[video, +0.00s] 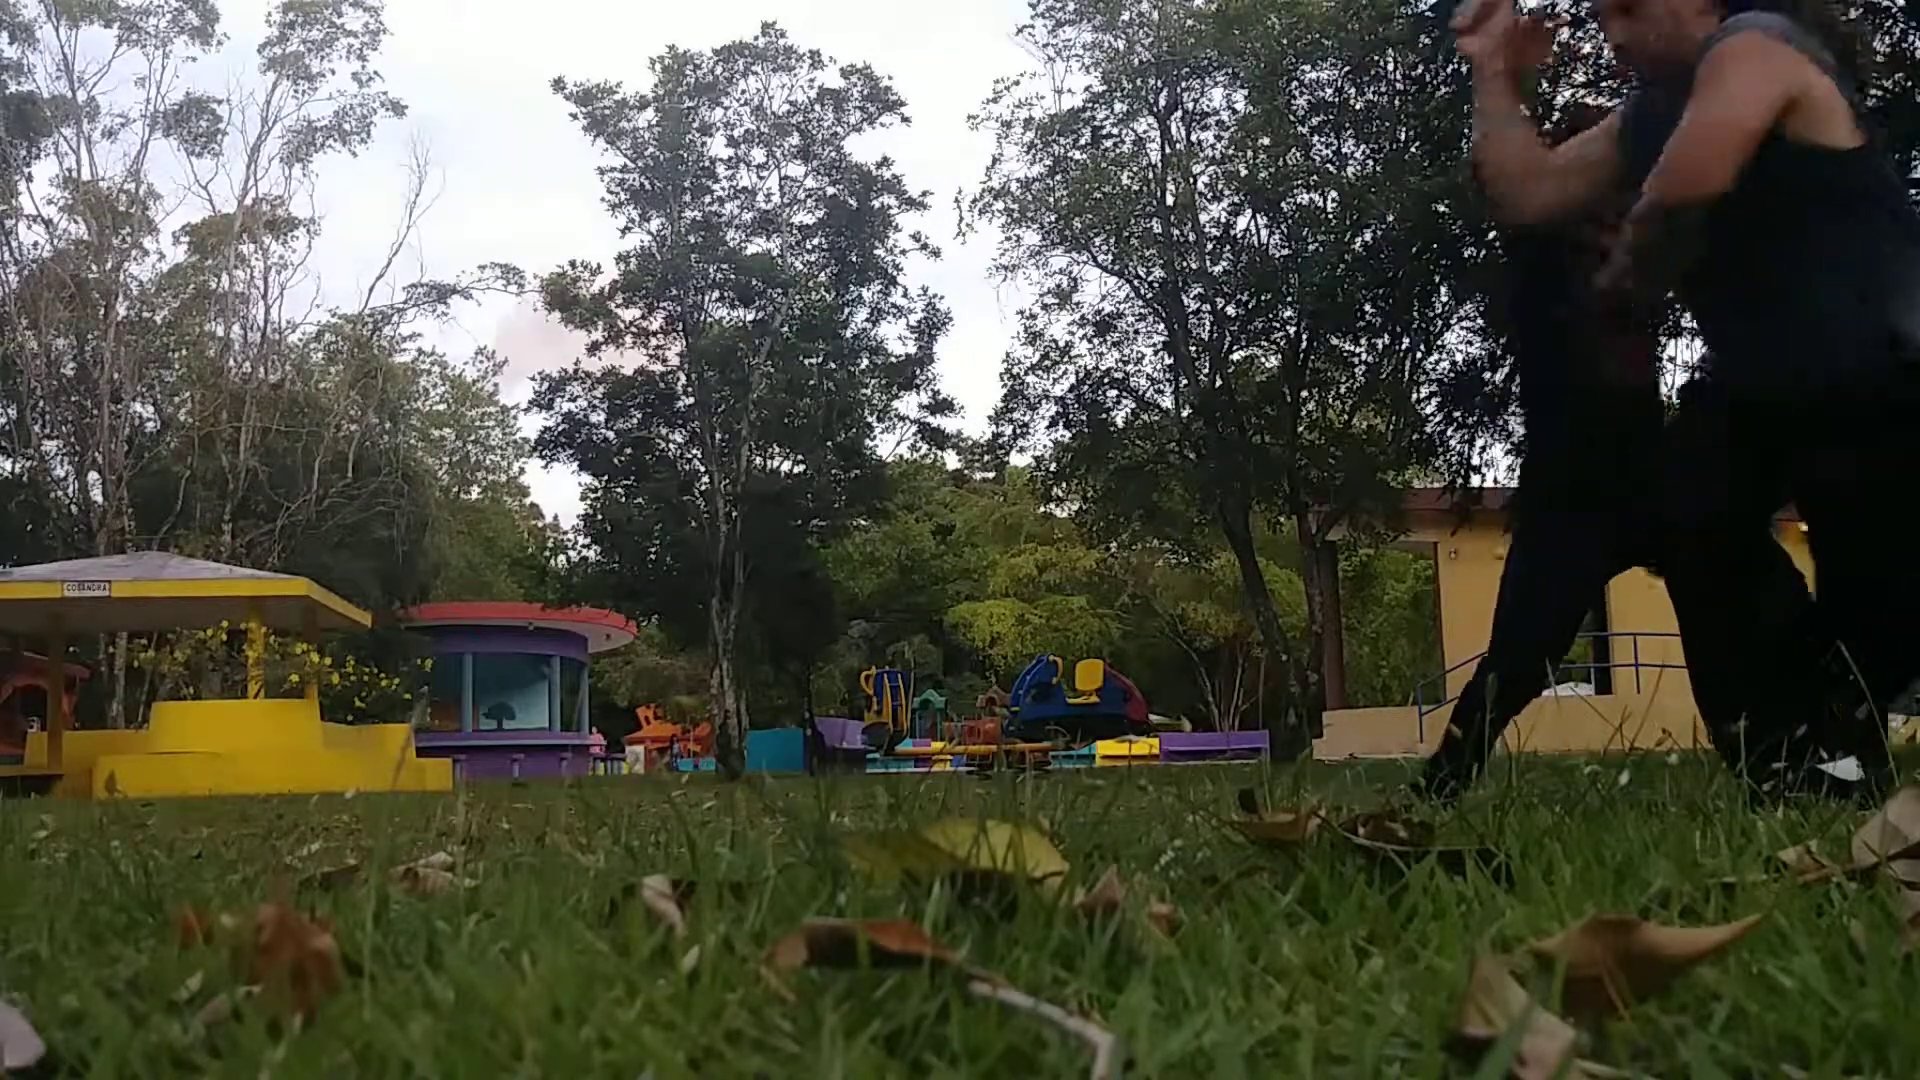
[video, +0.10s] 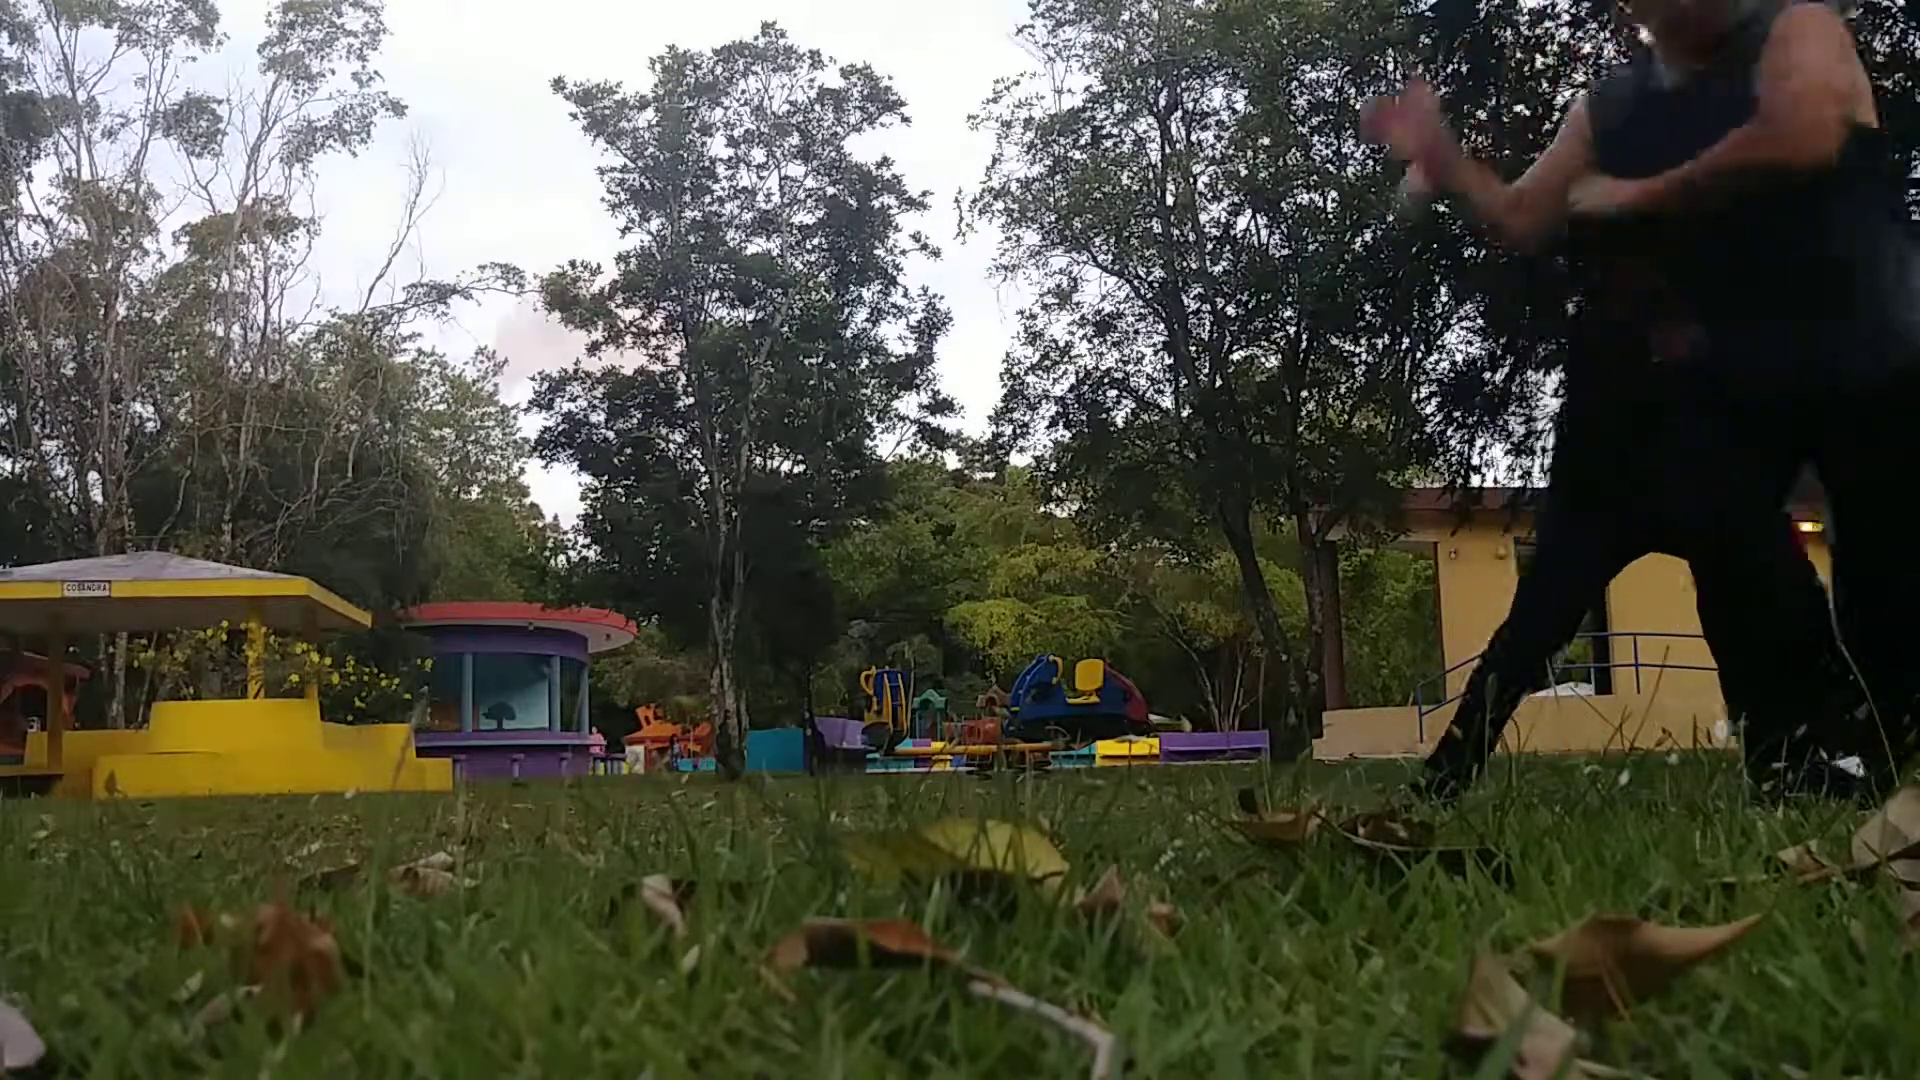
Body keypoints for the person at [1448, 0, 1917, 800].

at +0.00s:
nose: (1611, 35)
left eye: (1622, 14)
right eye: (1606, 21)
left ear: (1687, 3)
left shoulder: (1759, 48)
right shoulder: (1660, 110)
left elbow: (1687, 180)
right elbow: (1525, 191)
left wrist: (1635, 261)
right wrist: (1494, 75)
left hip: (1866, 374)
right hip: (1755, 381)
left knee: (1876, 591)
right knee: (1690, 518)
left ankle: (1839, 746)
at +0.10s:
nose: (1675, 0)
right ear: (1630, 9)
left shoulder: (1802, 25)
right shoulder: (1614, 102)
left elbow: (1804, 135)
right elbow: (1521, 220)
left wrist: (1637, 195)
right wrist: (1443, 155)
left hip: (1867, 367)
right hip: (1727, 384)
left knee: (1888, 574)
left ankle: (1893, 755)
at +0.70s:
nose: (1908, 29)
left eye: (1901, 12)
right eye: (1891, 11)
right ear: (1832, 26)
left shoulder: (1805, 122)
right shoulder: (1722, 100)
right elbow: (1614, 245)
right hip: (1570, 345)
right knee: (1758, 522)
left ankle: (1767, 753)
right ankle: (1752, 756)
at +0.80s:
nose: (1870, 88)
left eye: (1872, 67)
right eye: (1862, 68)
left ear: (1784, 48)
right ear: (1814, 62)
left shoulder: (1793, 124)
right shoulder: (1718, 136)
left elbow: (1891, 55)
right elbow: (1626, 284)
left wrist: (1898, 51)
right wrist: (1761, 439)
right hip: (1546, 373)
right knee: (1759, 521)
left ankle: (1679, 748)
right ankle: (1768, 754)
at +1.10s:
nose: (1750, 143)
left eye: (1747, 126)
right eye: (1738, 124)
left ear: (1627, 128)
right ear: (1710, 127)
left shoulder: (1566, 218)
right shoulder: (1685, 200)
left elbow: (1480, 312)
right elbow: (1739, 362)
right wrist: (1885, 442)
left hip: (1456, 521)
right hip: (1565, 493)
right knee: (1836, 509)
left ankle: (1560, 767)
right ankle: (1789, 761)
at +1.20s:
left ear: (1496, 184)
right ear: (1593, 170)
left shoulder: (1444, 293)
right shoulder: (1657, 256)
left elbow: (1363, 440)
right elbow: (1774, 370)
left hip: (1502, 580)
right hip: (1651, 550)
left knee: (1488, 628)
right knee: (1881, 555)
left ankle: (1574, 745)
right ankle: (1796, 746)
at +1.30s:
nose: (1512, 208)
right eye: (1498, 197)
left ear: (1389, 246)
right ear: (1488, 218)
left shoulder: (1358, 359)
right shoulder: (1560, 300)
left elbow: (1315, 531)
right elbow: (1682, 382)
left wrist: (1265, 688)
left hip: (1544, 610)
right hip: (1691, 557)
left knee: (1416, 673)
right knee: (1872, 608)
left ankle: (1622, 755)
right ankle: (1899, 677)